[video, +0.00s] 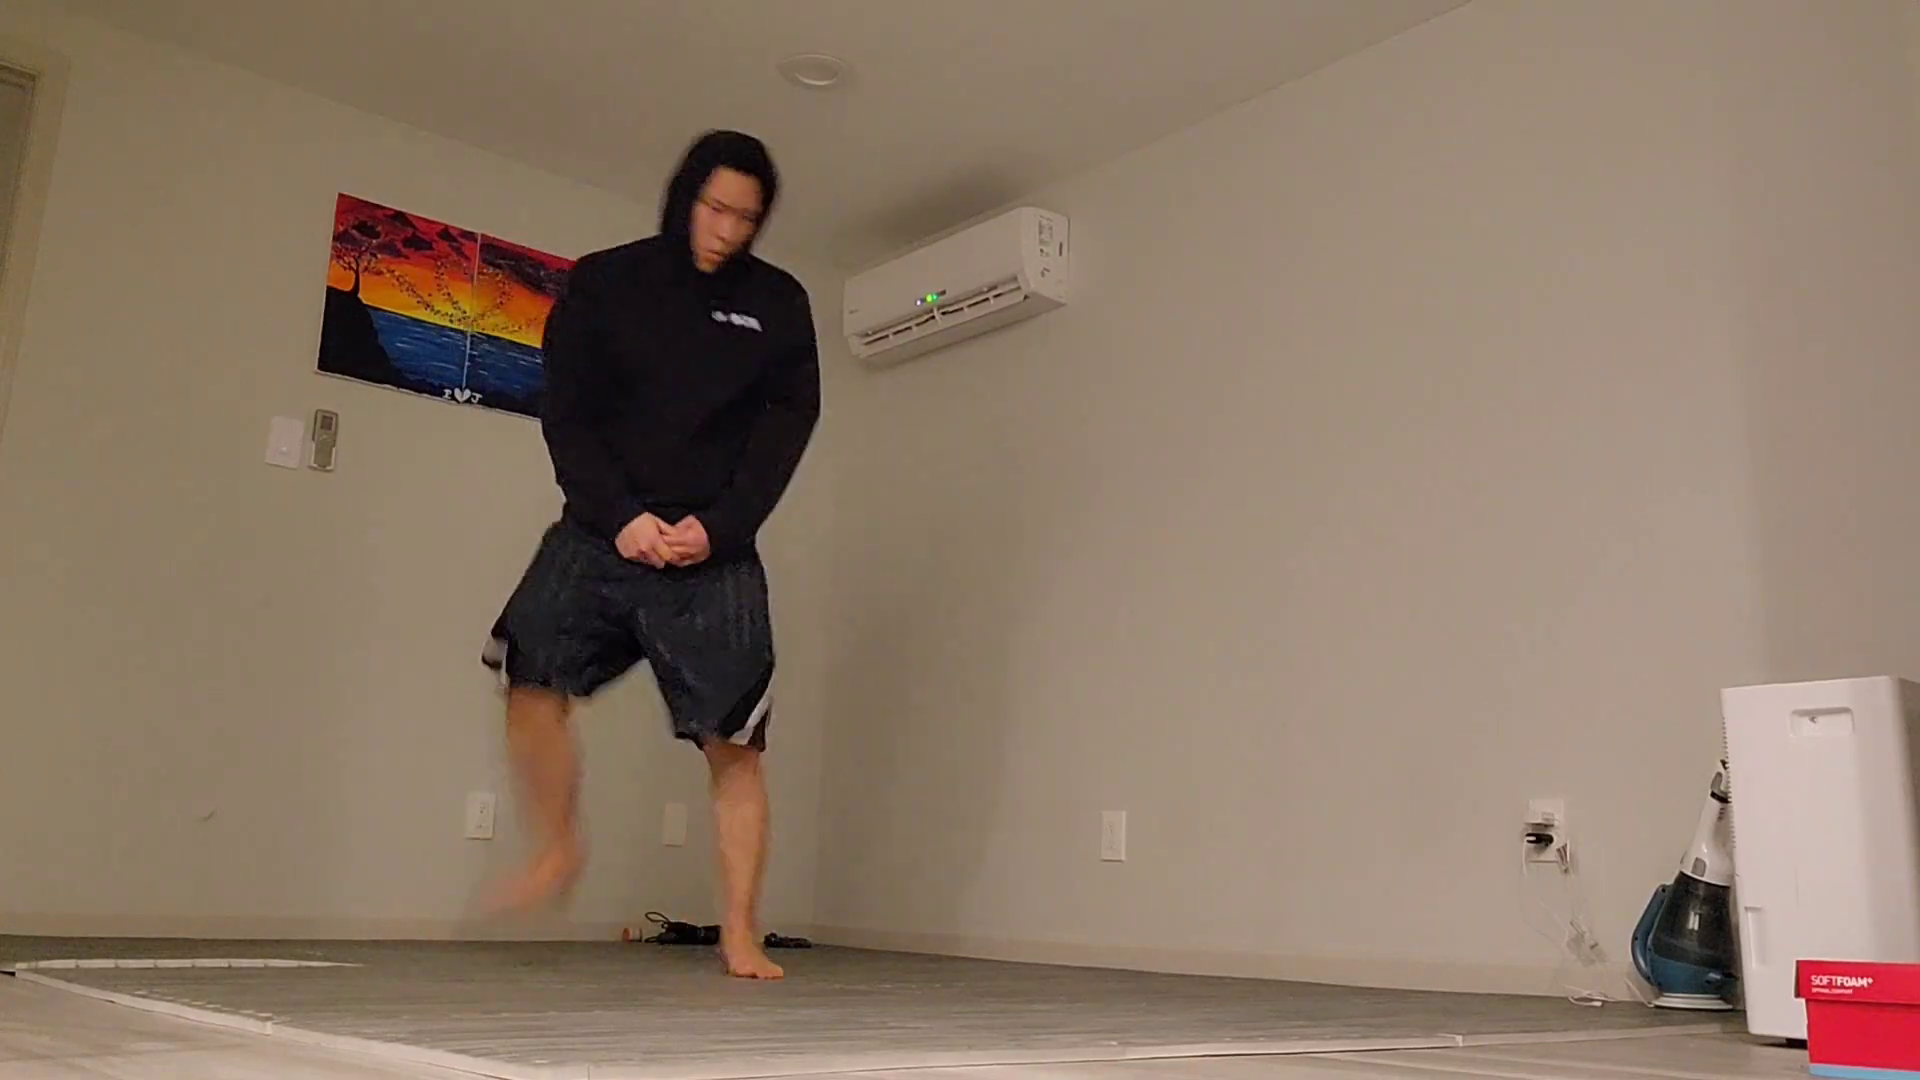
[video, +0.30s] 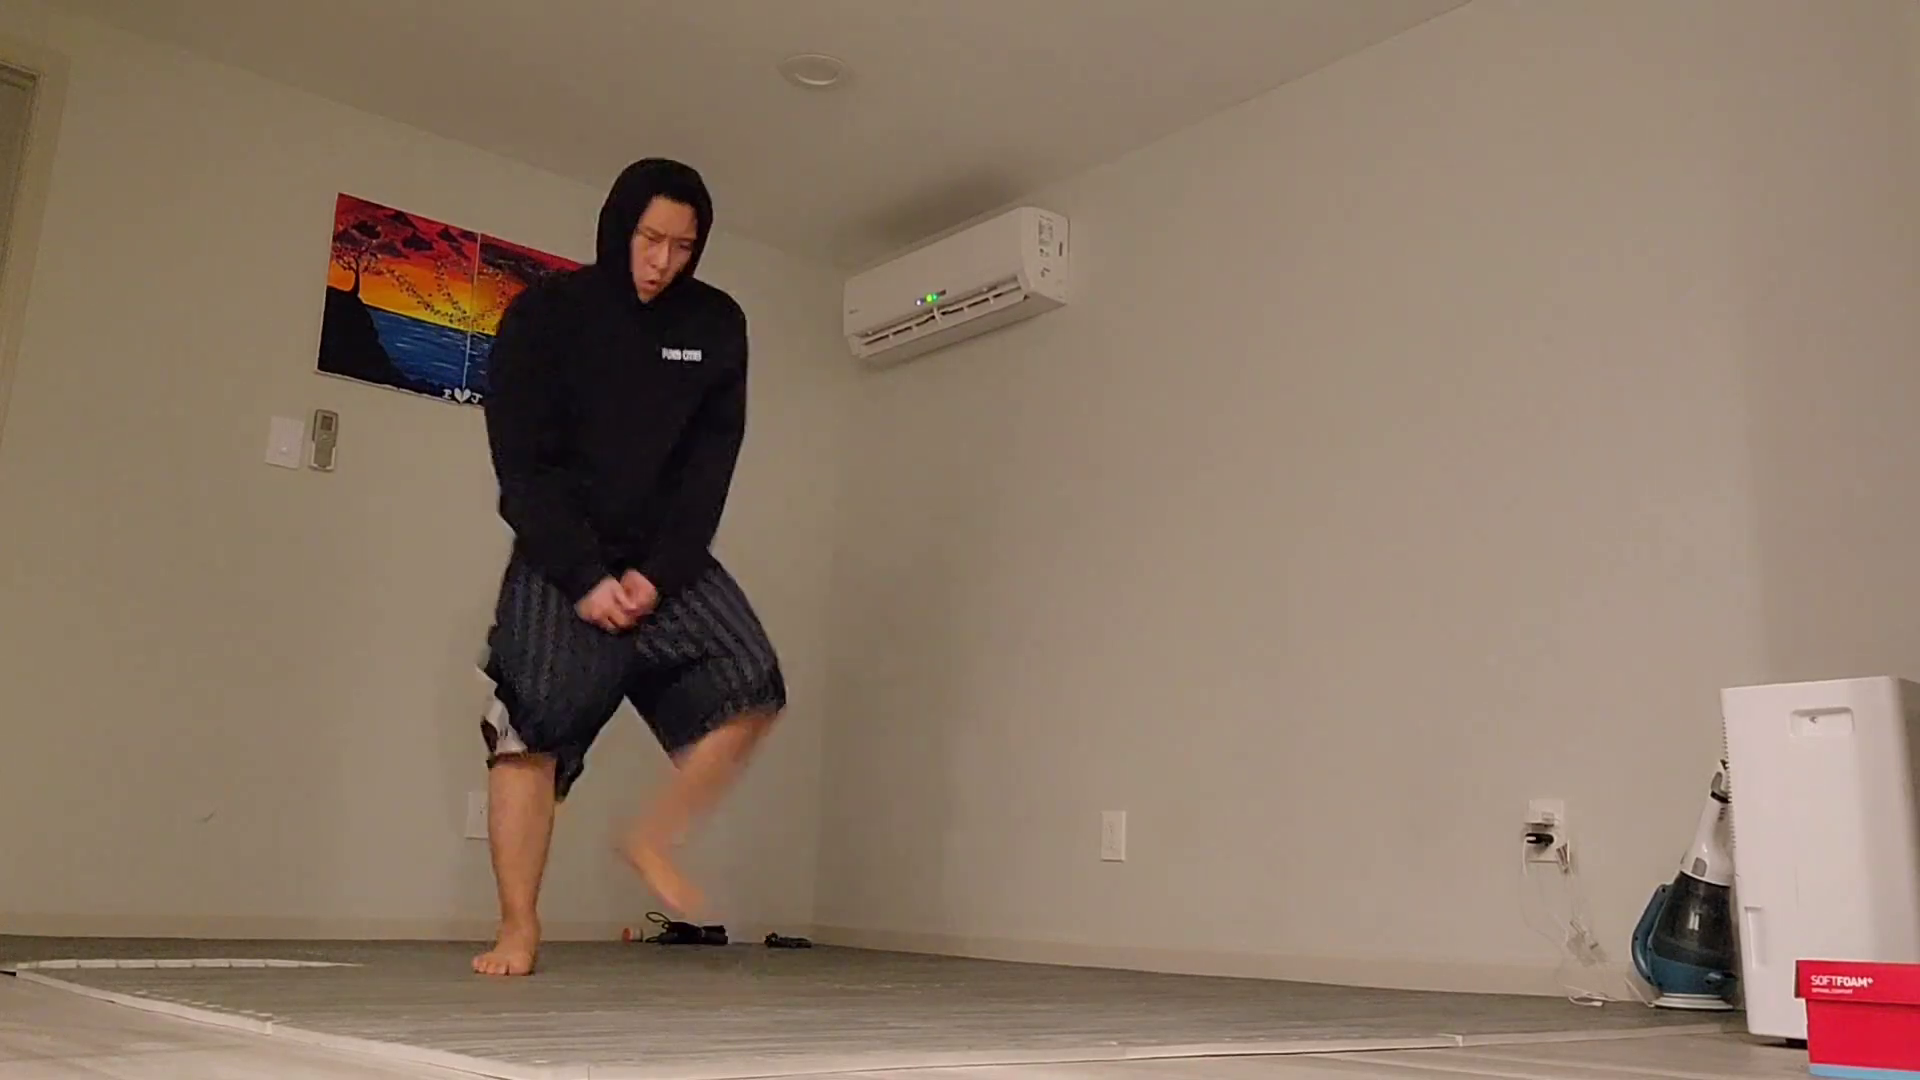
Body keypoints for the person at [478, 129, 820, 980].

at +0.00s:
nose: (727, 228)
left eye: (744, 216)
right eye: (716, 207)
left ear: (760, 222)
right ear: (686, 198)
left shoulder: (779, 303)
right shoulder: (600, 280)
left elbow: (791, 421)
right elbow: (562, 411)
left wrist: (722, 524)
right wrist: (617, 514)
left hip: (715, 550)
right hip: (598, 537)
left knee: (733, 740)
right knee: (530, 673)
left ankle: (740, 934)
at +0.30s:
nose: (662, 259)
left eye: (680, 244)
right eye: (649, 237)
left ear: (697, 247)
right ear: (615, 229)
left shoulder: (715, 323)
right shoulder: (544, 314)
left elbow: (711, 463)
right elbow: (520, 463)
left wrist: (660, 570)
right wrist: (581, 573)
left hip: (669, 555)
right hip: (559, 551)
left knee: (751, 694)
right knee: (528, 736)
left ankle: (652, 840)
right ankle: (517, 931)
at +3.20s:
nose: (666, 361)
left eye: (669, 348)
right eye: (662, 344)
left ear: (621, 335)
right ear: (622, 332)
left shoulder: (621, 408)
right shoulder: (523, 372)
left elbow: (612, 516)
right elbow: (547, 446)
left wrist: (616, 603)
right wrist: (627, 383)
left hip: (564, 607)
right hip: (487, 594)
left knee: (602, 762)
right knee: (503, 756)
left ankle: (512, 885)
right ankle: (448, 919)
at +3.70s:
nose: (606, 336)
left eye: (619, 323)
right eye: (593, 319)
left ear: (633, 327)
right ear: (559, 316)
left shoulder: (644, 410)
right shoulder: (502, 392)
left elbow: (658, 528)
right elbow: (502, 519)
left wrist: (664, 630)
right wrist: (603, 553)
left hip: (598, 609)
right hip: (514, 600)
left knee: (613, 776)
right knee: (526, 760)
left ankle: (503, 863)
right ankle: (507, 920)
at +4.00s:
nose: (659, 343)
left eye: (672, 331)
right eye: (647, 324)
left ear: (681, 335)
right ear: (609, 318)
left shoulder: (682, 406)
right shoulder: (536, 390)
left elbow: (732, 502)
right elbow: (433, 458)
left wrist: (810, 577)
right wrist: (341, 533)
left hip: (647, 625)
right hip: (547, 625)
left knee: (710, 778)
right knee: (524, 778)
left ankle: (740, 929)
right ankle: (511, 922)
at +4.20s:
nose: (638, 328)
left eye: (652, 317)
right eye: (627, 311)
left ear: (665, 326)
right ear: (594, 306)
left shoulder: (675, 399)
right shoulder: (531, 379)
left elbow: (716, 491)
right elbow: (434, 440)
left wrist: (744, 563)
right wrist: (339, 504)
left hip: (653, 620)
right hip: (550, 619)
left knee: (705, 776)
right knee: (528, 776)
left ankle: (731, 921)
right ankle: (519, 923)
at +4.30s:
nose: (604, 308)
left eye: (620, 296)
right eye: (593, 290)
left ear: (637, 299)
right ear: (568, 284)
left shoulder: (660, 365)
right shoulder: (509, 352)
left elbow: (697, 459)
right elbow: (407, 416)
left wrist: (657, 515)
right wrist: (445, 490)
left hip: (638, 584)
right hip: (539, 584)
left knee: (666, 744)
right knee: (523, 760)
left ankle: (658, 871)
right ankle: (518, 924)